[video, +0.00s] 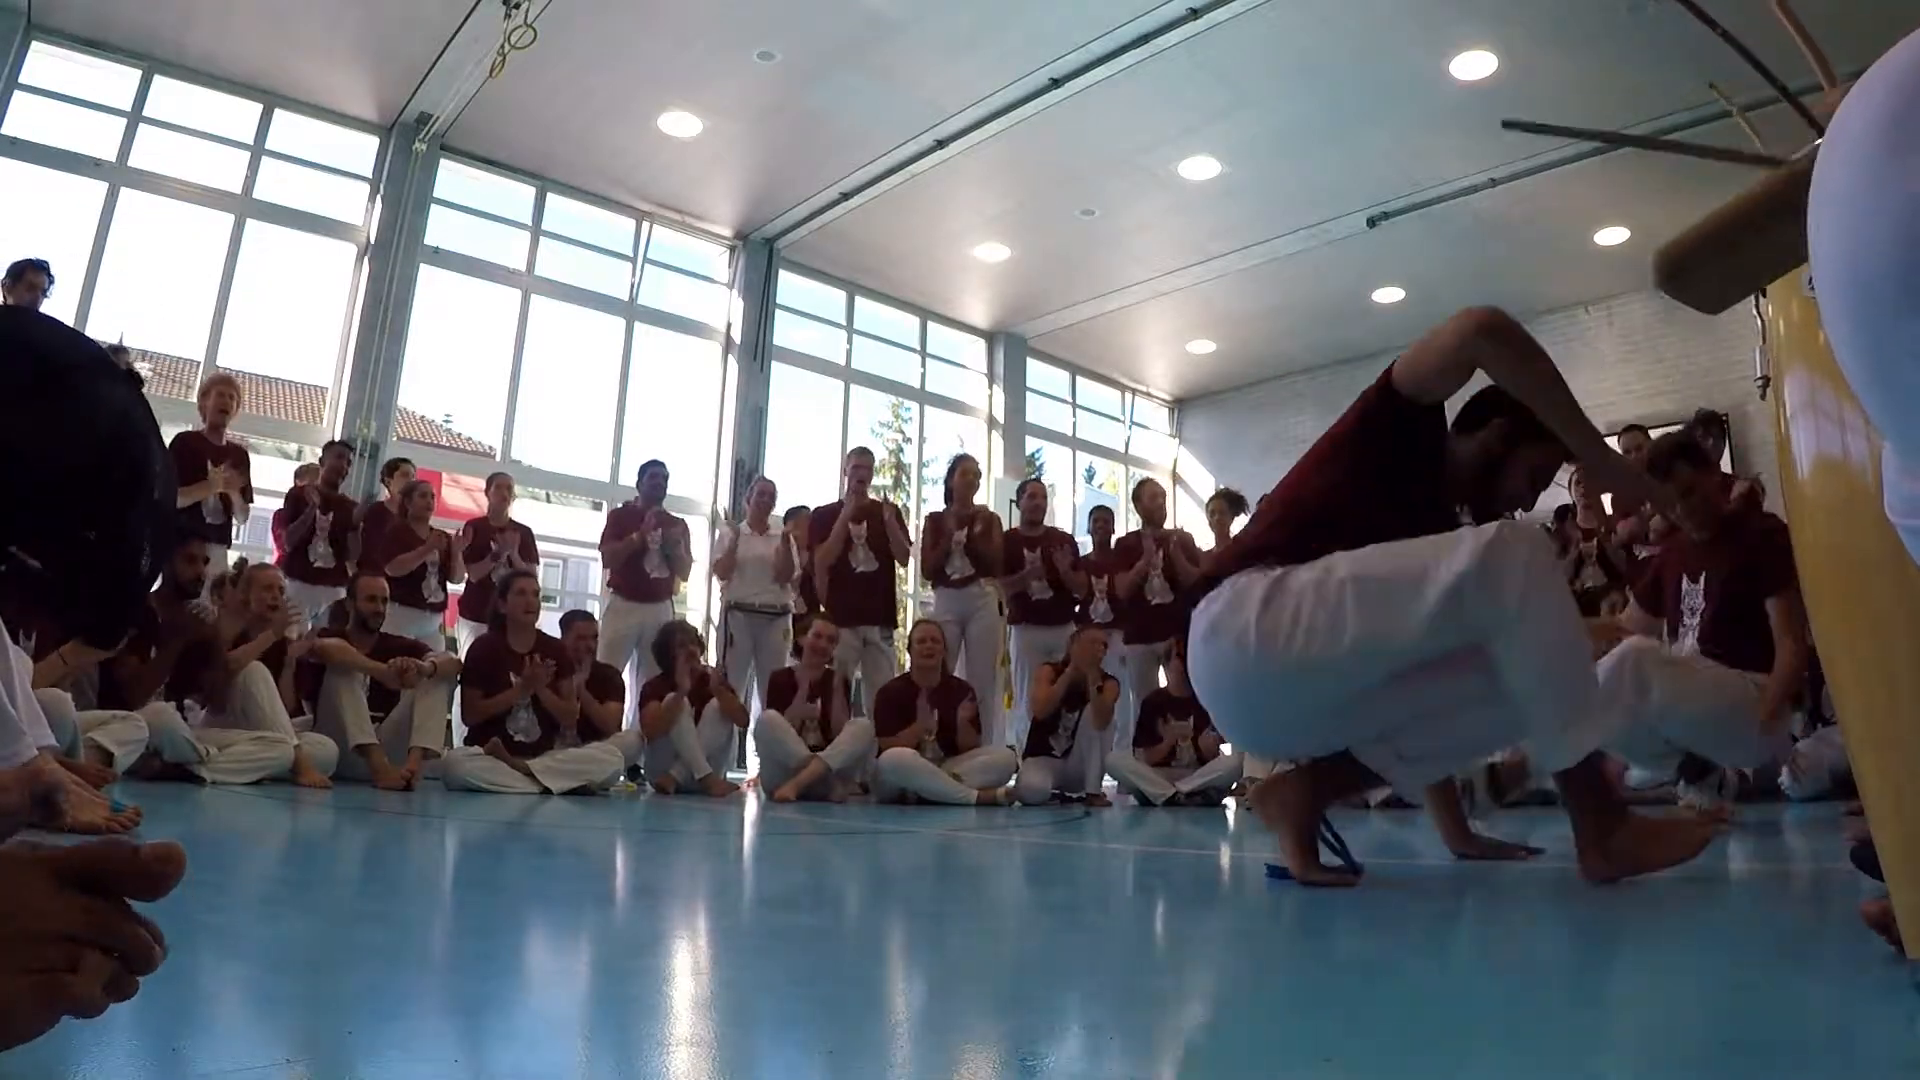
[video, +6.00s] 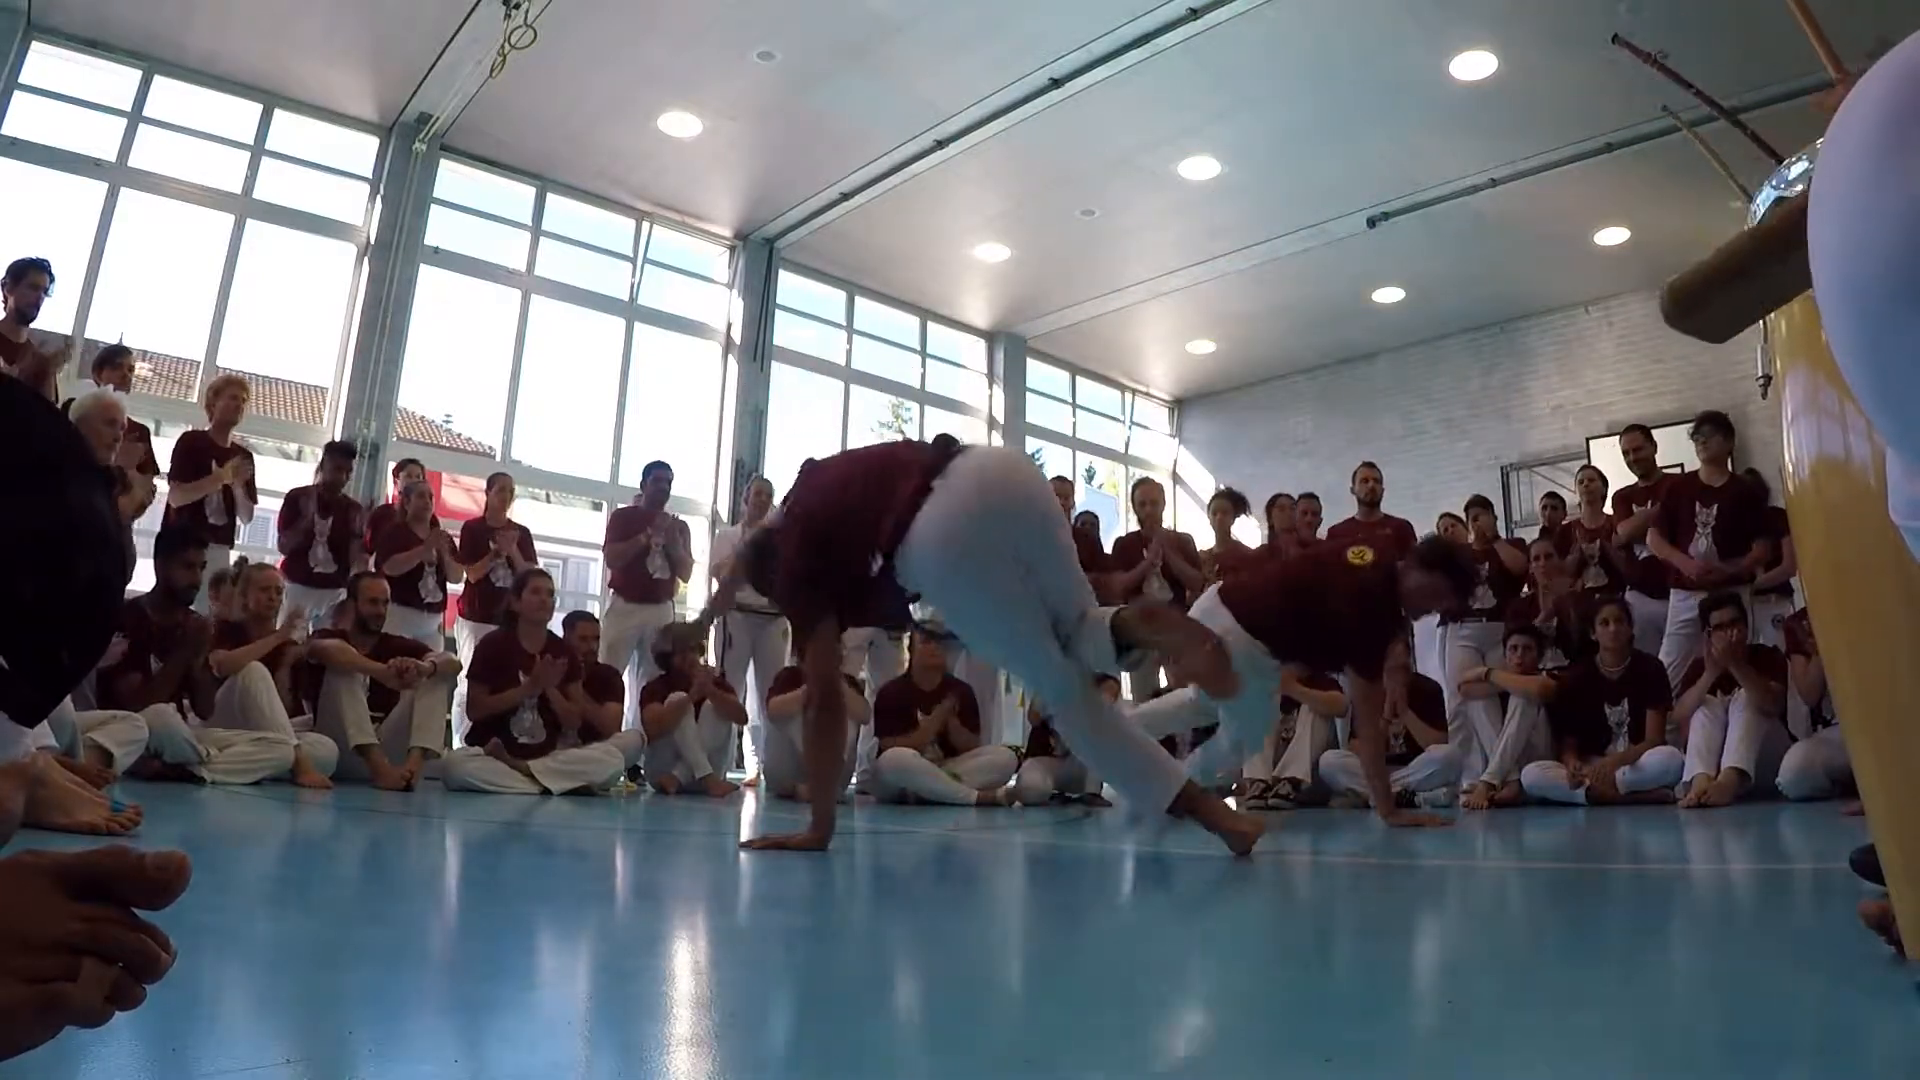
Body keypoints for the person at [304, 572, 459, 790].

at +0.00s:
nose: (380, 608)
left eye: (384, 601)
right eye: (371, 600)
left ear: (389, 604)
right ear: (351, 603)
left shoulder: (395, 644)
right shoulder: (327, 637)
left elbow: (454, 663)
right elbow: (325, 649)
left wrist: (426, 667)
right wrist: (382, 672)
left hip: (386, 752)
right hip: (336, 750)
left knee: (437, 673)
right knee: (343, 664)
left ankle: (414, 764)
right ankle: (379, 766)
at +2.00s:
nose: (379, 609)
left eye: (383, 601)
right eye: (370, 601)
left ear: (389, 603)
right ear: (350, 603)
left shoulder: (393, 643)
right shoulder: (329, 637)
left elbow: (454, 662)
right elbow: (317, 649)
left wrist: (426, 667)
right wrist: (382, 671)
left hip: (388, 750)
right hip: (338, 750)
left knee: (438, 673)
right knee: (342, 660)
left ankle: (416, 761)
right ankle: (378, 764)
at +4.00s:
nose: (379, 610)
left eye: (384, 602)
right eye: (371, 602)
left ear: (389, 603)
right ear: (352, 603)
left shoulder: (393, 643)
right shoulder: (330, 637)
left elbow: (454, 662)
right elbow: (316, 649)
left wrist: (427, 666)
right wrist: (382, 671)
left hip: (387, 751)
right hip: (338, 750)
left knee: (438, 673)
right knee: (342, 662)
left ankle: (414, 764)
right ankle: (378, 764)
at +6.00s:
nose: (381, 610)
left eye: (385, 603)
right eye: (373, 603)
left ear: (390, 604)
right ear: (353, 604)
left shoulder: (393, 643)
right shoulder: (329, 637)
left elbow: (454, 663)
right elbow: (320, 648)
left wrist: (427, 667)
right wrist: (382, 672)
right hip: (338, 750)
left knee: (437, 675)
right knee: (342, 665)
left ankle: (414, 765)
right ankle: (379, 766)